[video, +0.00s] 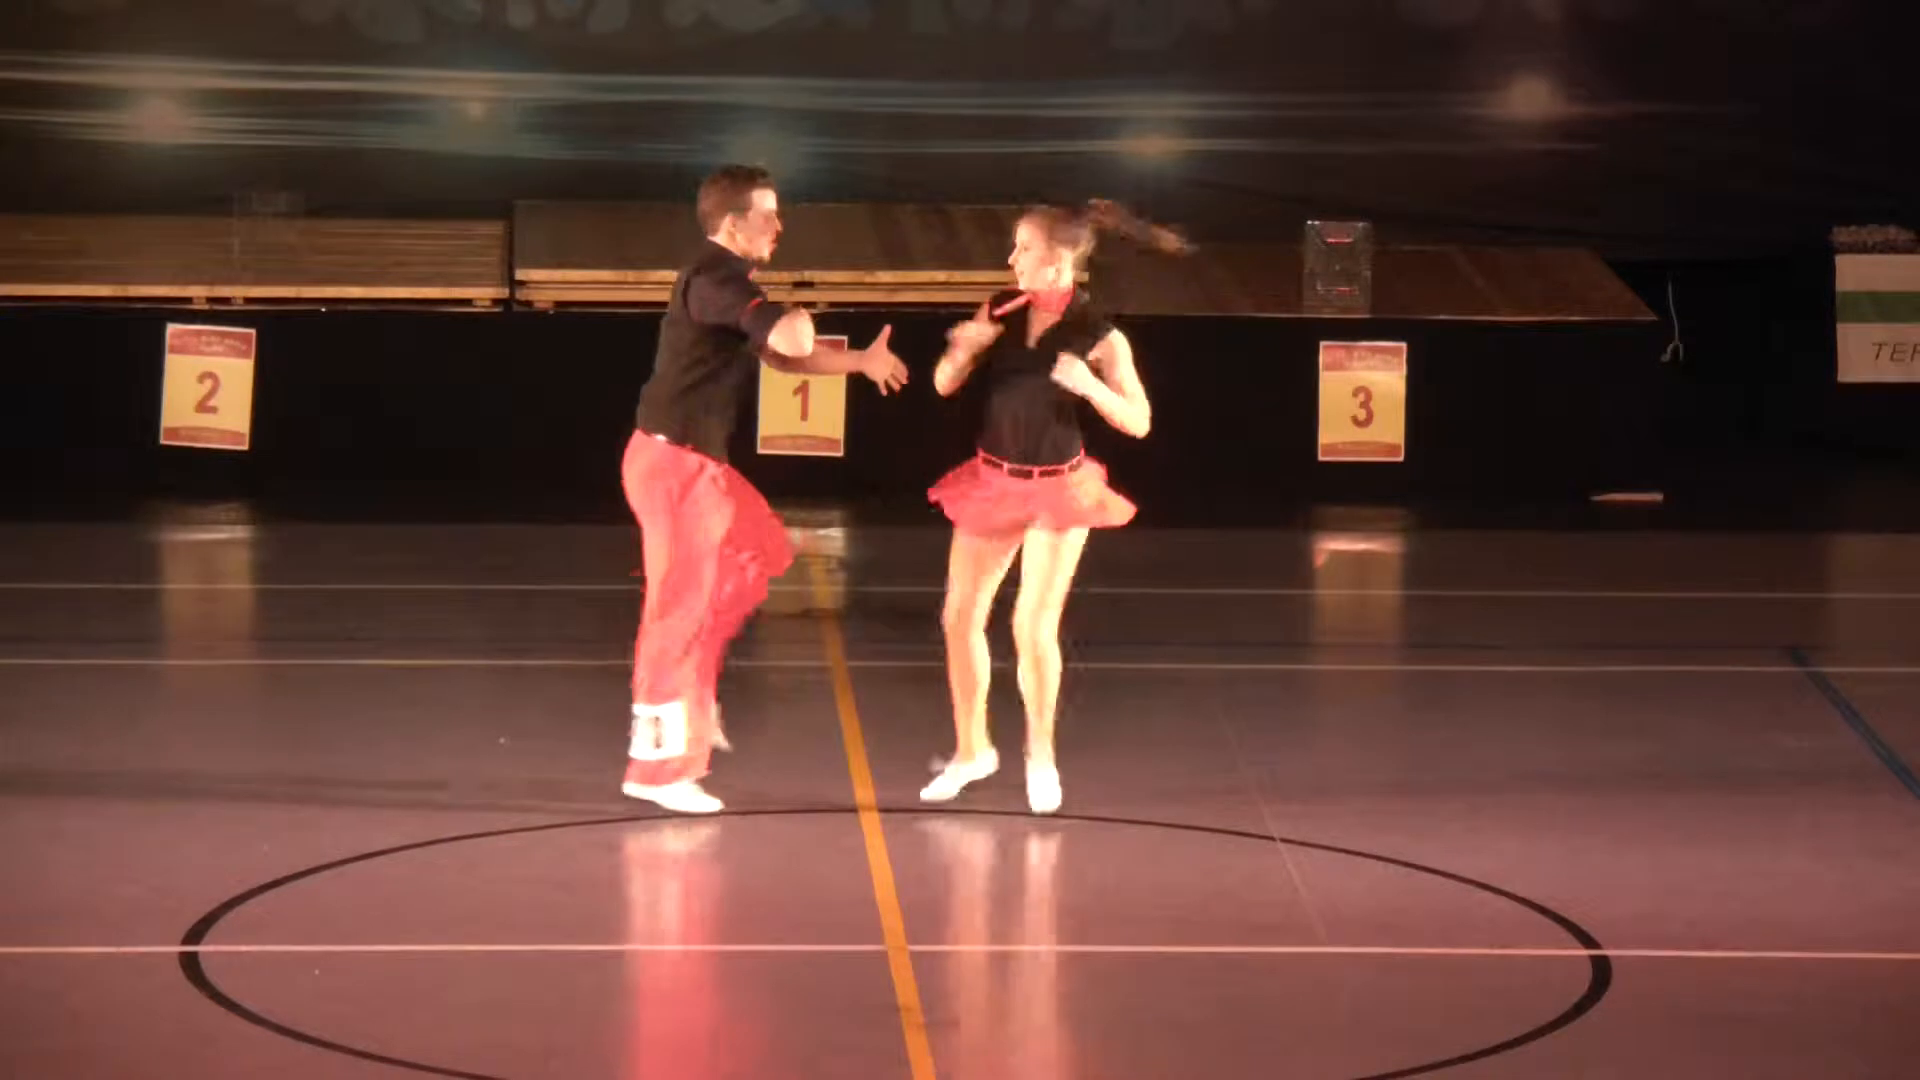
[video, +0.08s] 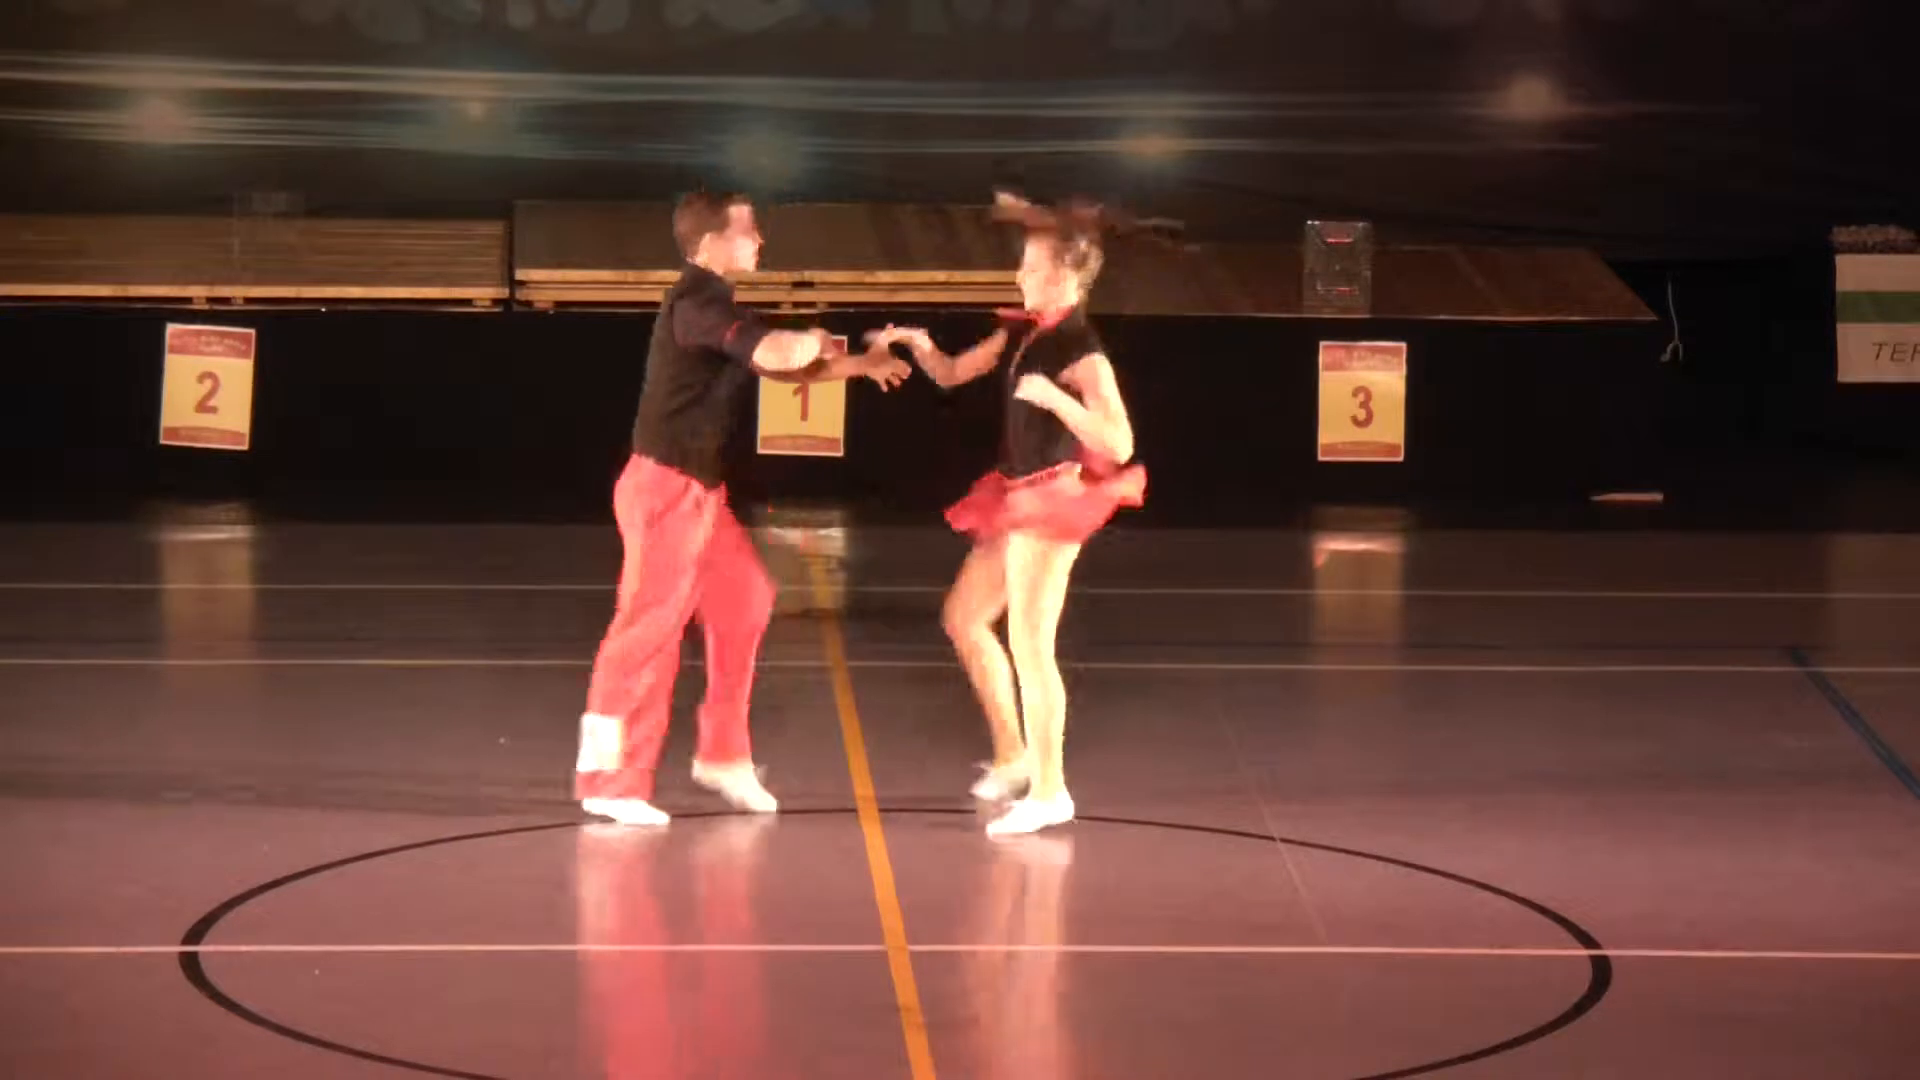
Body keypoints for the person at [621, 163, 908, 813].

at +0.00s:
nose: (778, 226)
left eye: (776, 214)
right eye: (768, 215)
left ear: (734, 224)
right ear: (731, 222)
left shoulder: (727, 279)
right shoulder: (716, 277)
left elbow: (784, 353)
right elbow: (787, 338)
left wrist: (856, 358)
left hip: (687, 461)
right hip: (671, 462)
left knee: (762, 554)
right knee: (682, 602)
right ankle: (655, 762)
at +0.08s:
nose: (759, 241)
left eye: (755, 229)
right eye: (747, 229)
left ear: (717, 242)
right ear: (711, 240)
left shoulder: (719, 305)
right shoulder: (696, 299)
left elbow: (782, 363)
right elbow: (763, 348)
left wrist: (860, 363)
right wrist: (819, 340)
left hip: (697, 494)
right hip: (662, 489)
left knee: (746, 600)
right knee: (648, 625)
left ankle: (722, 759)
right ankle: (608, 785)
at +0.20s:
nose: (710, 241)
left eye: (714, 230)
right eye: (696, 232)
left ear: (721, 236)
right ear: (663, 240)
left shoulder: (713, 311)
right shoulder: (653, 296)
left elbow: (778, 362)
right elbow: (649, 340)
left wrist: (859, 367)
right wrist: (707, 332)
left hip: (702, 484)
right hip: (667, 481)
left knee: (710, 614)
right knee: (728, 605)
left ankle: (706, 772)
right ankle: (631, 697)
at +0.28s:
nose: (687, 262)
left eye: (698, 251)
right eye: (676, 249)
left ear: (710, 254)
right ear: (652, 248)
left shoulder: (705, 314)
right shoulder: (625, 297)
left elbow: (773, 360)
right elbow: (568, 323)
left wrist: (855, 356)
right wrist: (625, 312)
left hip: (695, 478)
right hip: (663, 481)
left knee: (719, 614)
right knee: (814, 513)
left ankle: (667, 767)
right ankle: (764, 661)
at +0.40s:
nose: (664, 238)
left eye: (675, 227)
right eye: (652, 227)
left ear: (693, 234)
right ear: (633, 235)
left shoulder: (707, 303)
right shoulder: (621, 296)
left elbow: (772, 342)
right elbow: (581, 304)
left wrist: (843, 318)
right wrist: (543, 297)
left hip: (686, 470)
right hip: (660, 470)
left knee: (684, 619)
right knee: (803, 471)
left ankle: (663, 768)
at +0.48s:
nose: (663, 214)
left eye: (674, 203)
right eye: (652, 204)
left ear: (694, 211)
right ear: (634, 213)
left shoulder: (708, 276)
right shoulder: (628, 270)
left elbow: (771, 320)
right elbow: (594, 281)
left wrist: (841, 304)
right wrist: (557, 282)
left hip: (692, 446)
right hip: (656, 445)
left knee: (709, 579)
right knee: (794, 397)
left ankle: (672, 738)